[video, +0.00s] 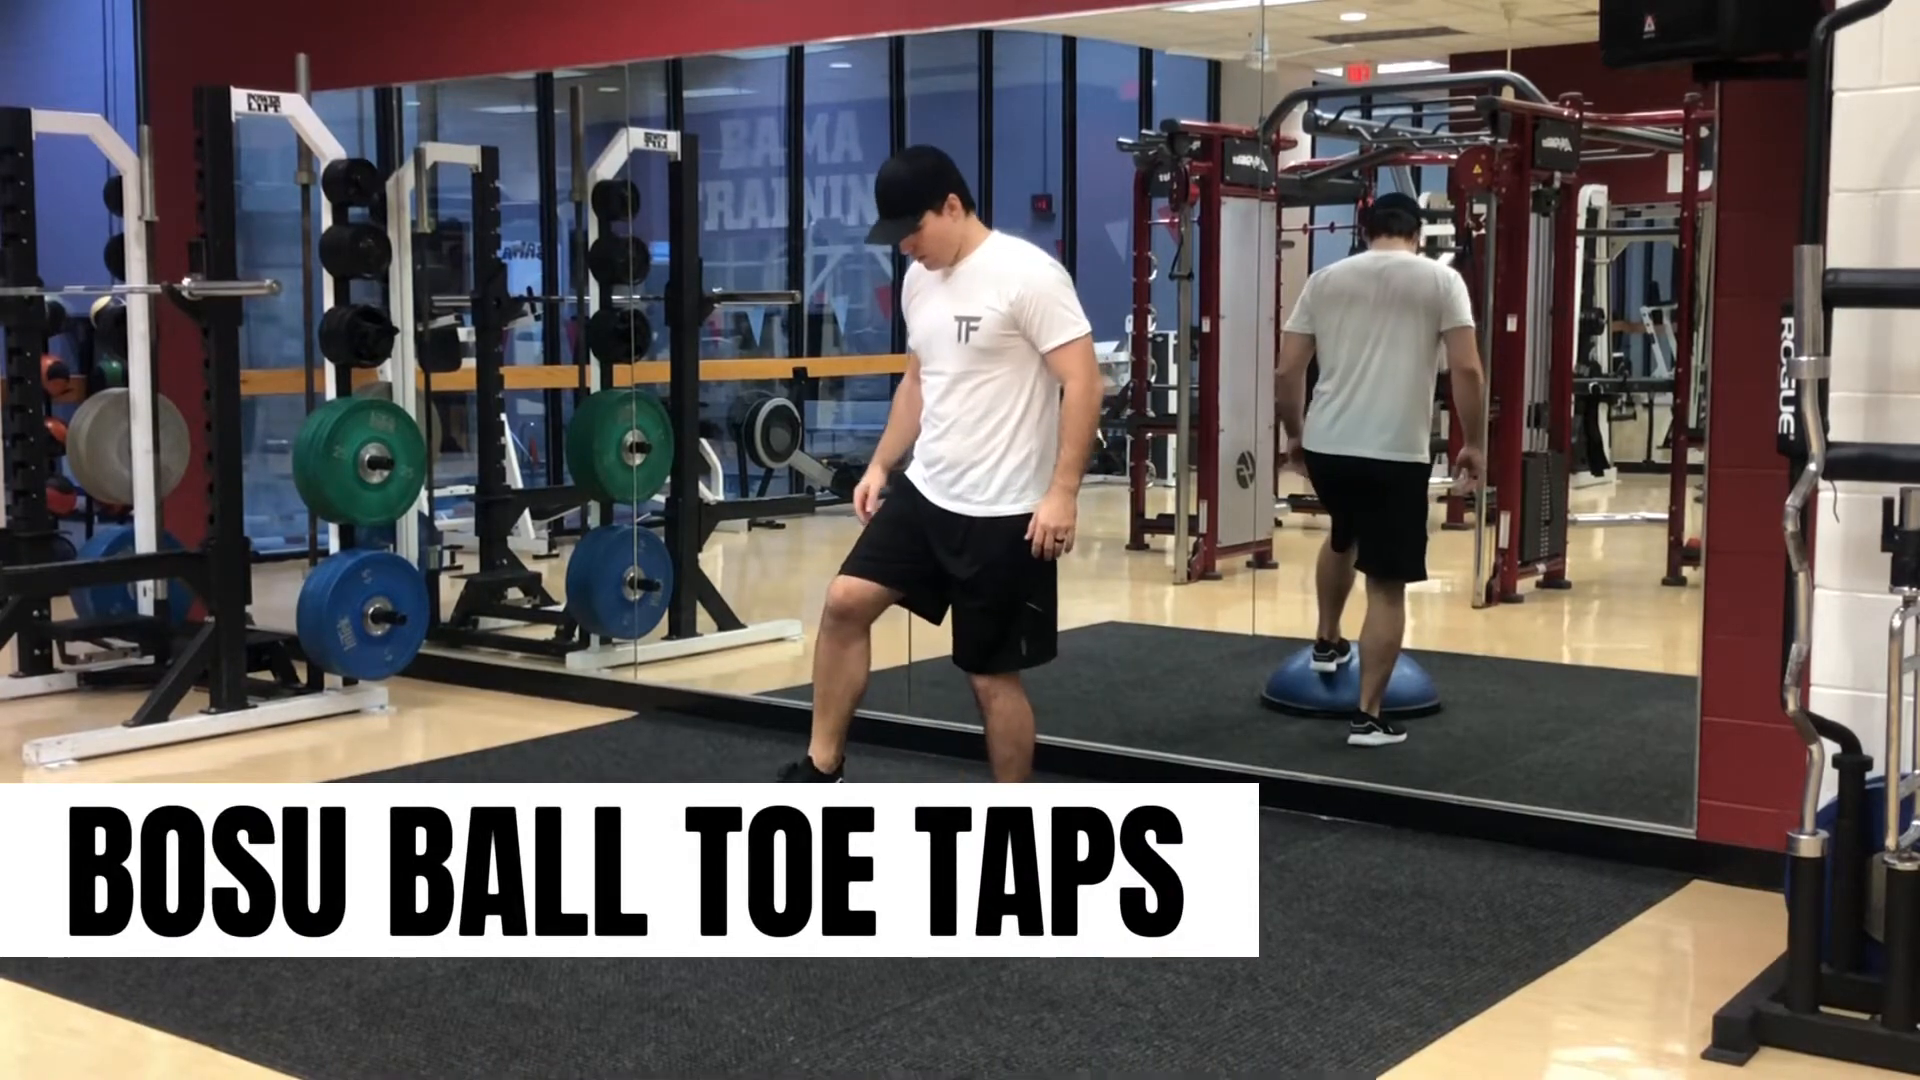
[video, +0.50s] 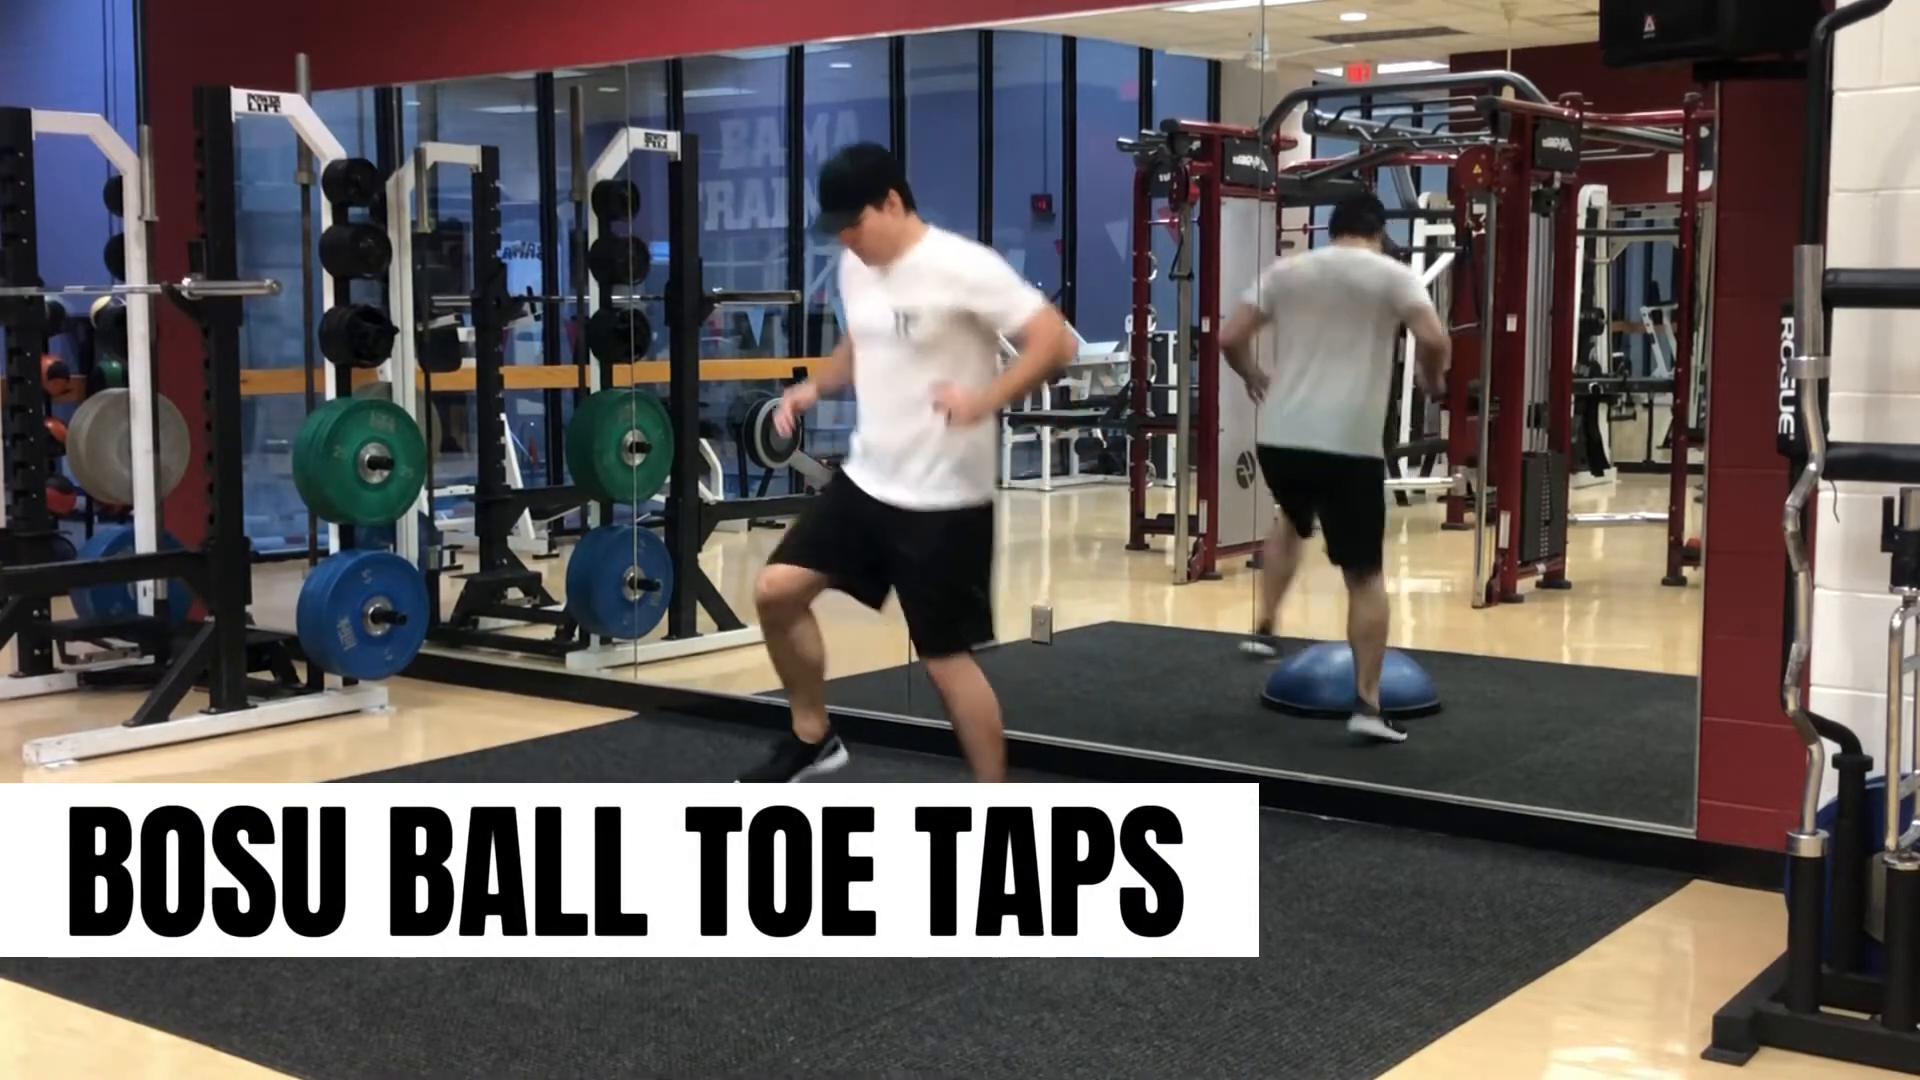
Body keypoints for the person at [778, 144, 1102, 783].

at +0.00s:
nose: (905, 248)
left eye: (911, 232)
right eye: (899, 237)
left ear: (951, 208)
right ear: (941, 212)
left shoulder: (1030, 274)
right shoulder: (919, 279)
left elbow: (1084, 381)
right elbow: (918, 380)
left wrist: (1063, 493)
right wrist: (880, 466)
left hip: (1004, 516)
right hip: (925, 496)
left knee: (992, 676)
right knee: (846, 605)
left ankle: (1013, 812)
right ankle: (821, 766)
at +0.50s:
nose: (847, 241)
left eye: (852, 225)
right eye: (839, 230)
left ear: (892, 203)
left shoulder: (966, 267)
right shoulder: (854, 266)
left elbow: (1056, 339)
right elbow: (865, 347)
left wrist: (987, 398)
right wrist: (810, 385)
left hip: (945, 502)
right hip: (865, 485)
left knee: (947, 659)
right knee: (778, 592)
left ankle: (997, 798)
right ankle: (812, 737)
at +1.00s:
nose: (782, 241)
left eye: (787, 225)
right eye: (774, 230)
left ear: (824, 200)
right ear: (777, 220)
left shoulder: (906, 249)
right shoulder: (783, 274)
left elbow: (1006, 300)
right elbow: (778, 352)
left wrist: (949, 360)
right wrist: (752, 395)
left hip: (904, 468)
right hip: (822, 477)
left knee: (848, 595)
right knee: (788, 637)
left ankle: (899, 751)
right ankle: (785, 773)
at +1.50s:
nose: (790, 234)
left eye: (794, 217)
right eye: (782, 223)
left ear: (832, 192)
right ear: (807, 203)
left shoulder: (916, 249)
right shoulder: (802, 260)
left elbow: (1006, 320)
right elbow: (802, 331)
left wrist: (943, 385)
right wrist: (769, 389)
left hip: (907, 466)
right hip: (829, 461)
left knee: (884, 610)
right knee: (759, 594)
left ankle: (960, 766)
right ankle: (775, 734)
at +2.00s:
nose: (789, 245)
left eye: (794, 228)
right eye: (782, 234)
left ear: (828, 199)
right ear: (787, 218)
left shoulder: (912, 253)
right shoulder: (794, 267)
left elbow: (1003, 312)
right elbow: (793, 339)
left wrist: (947, 374)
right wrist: (769, 398)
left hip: (912, 472)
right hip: (831, 470)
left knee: (891, 623)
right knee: (758, 600)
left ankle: (973, 795)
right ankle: (789, 740)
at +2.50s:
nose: (783, 254)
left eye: (789, 238)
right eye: (775, 244)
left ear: (826, 211)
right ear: (774, 235)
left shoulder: (909, 258)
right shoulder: (779, 279)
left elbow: (1007, 311)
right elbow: (760, 362)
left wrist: (982, 402)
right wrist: (774, 375)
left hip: (916, 462)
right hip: (834, 476)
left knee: (837, 571)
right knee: (801, 642)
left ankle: (872, 724)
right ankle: (794, 784)